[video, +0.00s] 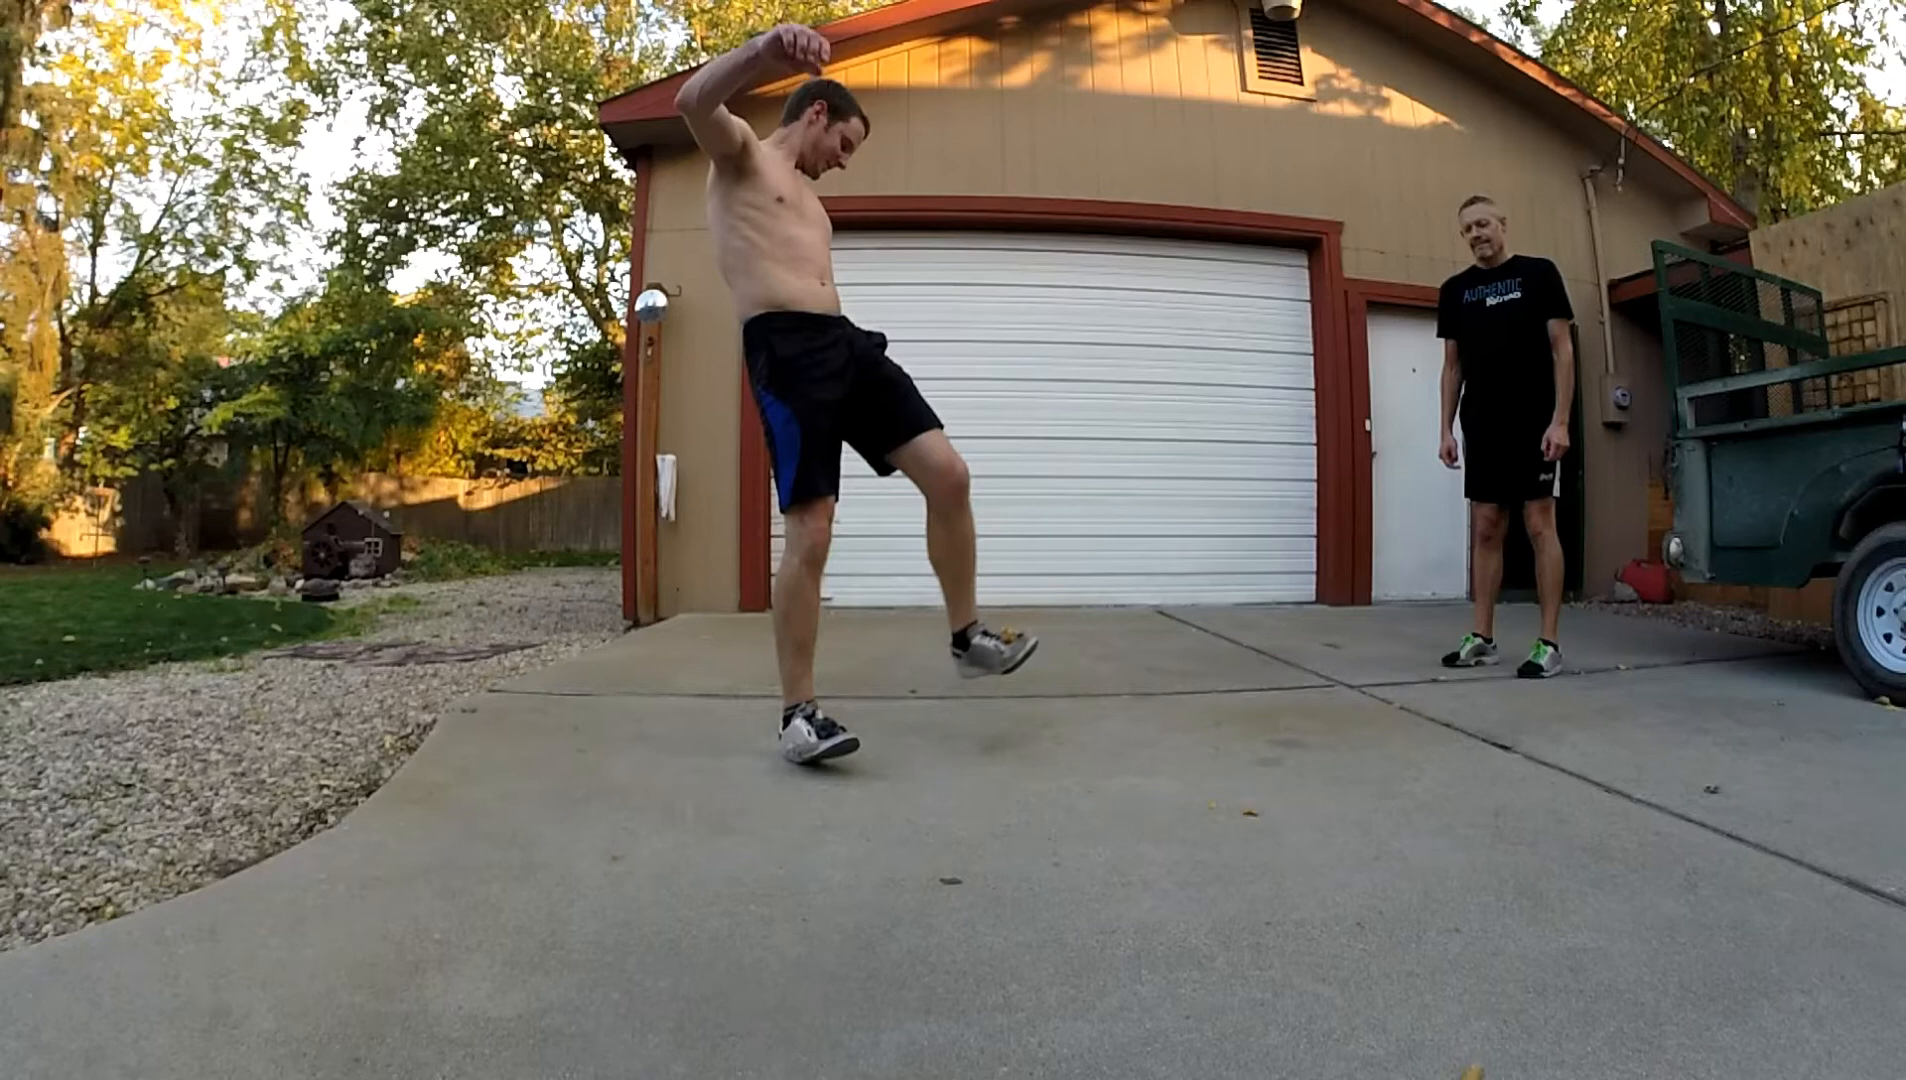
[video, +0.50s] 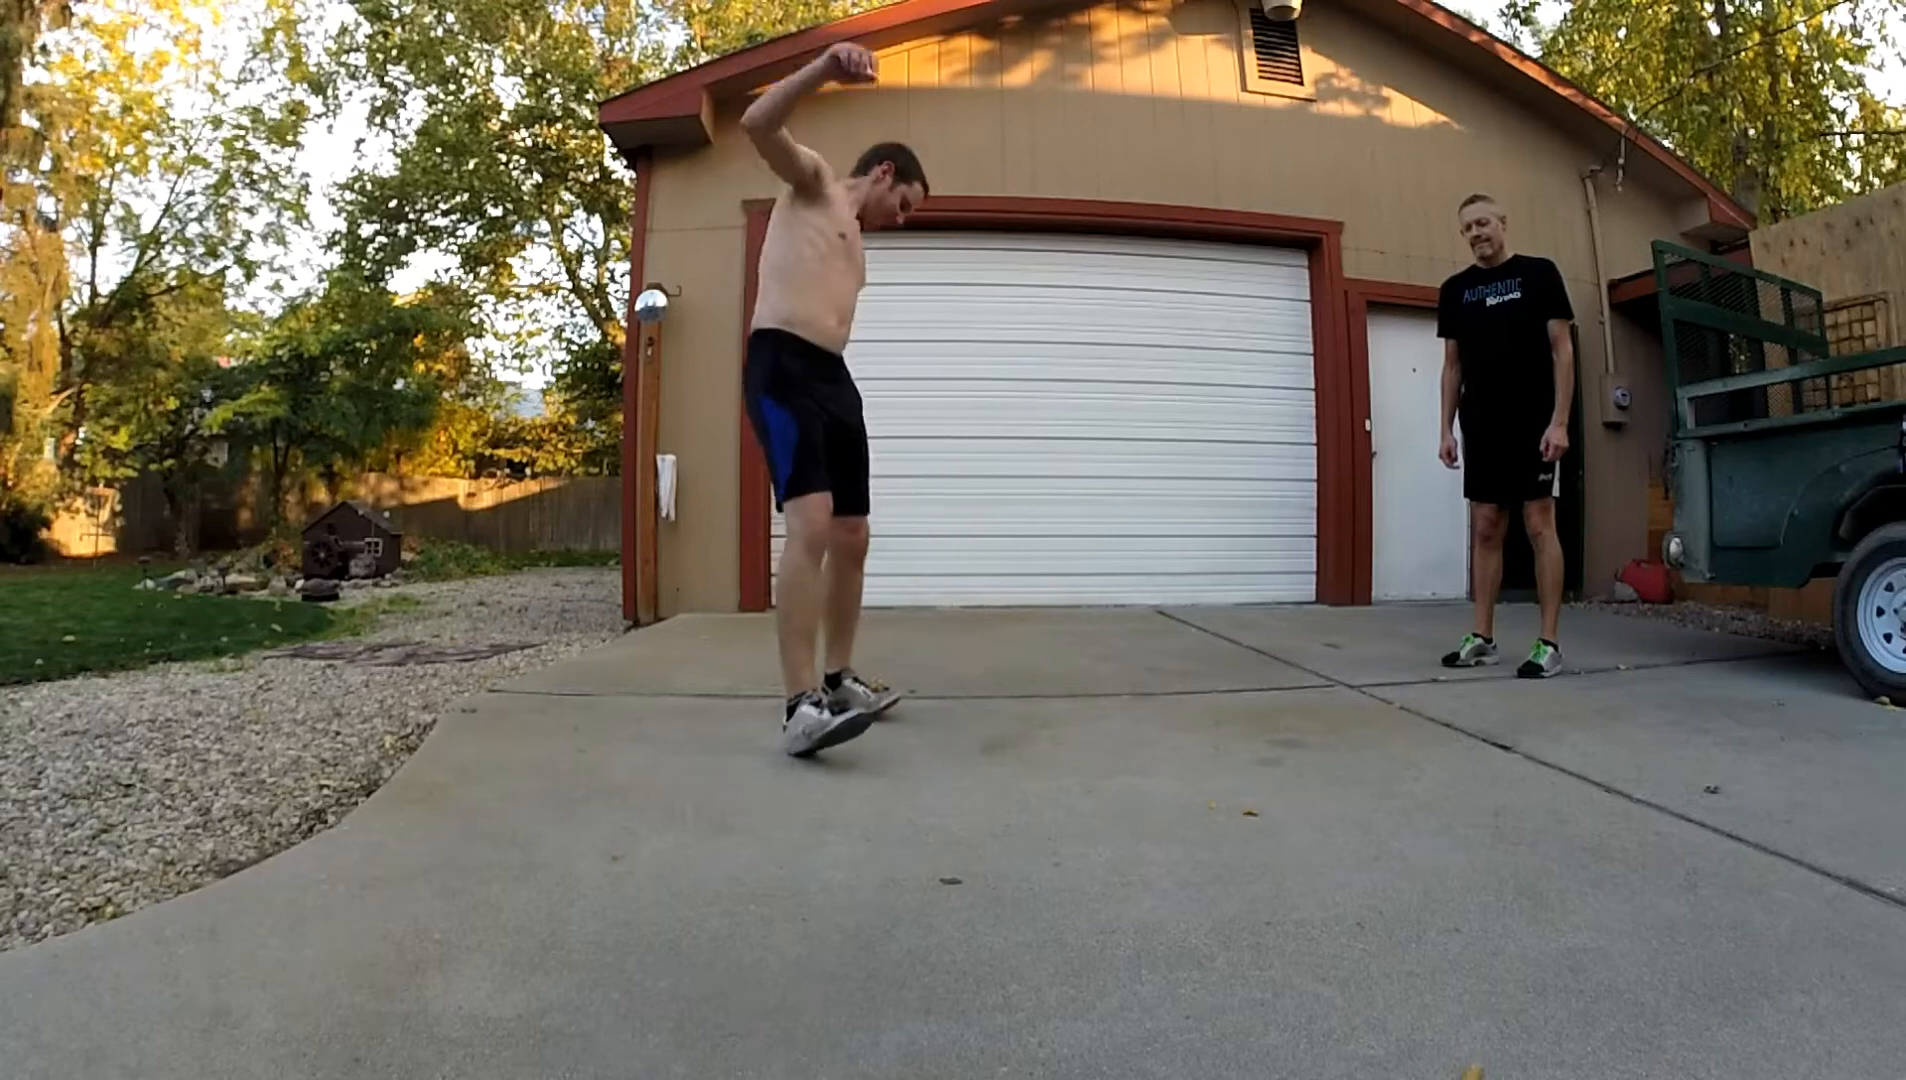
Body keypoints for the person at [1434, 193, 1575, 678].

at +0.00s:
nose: (1477, 233)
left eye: (1483, 224)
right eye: (1469, 229)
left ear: (1503, 225)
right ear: (1462, 238)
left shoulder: (1539, 273)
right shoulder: (1455, 291)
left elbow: (1563, 349)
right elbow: (1452, 364)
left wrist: (1560, 421)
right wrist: (1447, 429)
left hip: (1535, 420)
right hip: (1484, 423)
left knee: (1540, 527)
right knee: (1485, 528)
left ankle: (1549, 642)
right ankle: (1482, 636)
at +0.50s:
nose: (1477, 232)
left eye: (1483, 223)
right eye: (1469, 227)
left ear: (1503, 224)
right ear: (1462, 236)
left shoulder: (1539, 273)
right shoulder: (1455, 290)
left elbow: (1563, 350)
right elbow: (1452, 363)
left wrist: (1559, 422)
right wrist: (1447, 429)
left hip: (1535, 421)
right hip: (1483, 424)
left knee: (1539, 527)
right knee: (1485, 528)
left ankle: (1548, 642)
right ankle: (1482, 636)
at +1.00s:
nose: (1477, 232)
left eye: (1483, 223)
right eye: (1469, 227)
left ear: (1503, 224)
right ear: (1462, 236)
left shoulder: (1539, 273)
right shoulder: (1455, 290)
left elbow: (1562, 349)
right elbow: (1452, 363)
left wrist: (1559, 422)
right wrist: (1445, 428)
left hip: (1534, 420)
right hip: (1482, 423)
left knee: (1539, 527)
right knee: (1486, 528)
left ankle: (1549, 641)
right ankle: (1482, 636)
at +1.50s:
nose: (1476, 232)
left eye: (1482, 223)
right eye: (1468, 227)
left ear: (1502, 224)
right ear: (1461, 236)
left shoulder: (1539, 273)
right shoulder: (1454, 290)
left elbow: (1562, 350)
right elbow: (1452, 364)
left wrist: (1558, 422)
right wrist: (1446, 429)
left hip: (1534, 420)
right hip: (1482, 423)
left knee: (1539, 527)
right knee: (1485, 529)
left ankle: (1549, 642)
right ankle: (1482, 636)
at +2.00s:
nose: (1476, 232)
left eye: (1483, 223)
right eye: (1468, 227)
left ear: (1503, 225)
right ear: (1461, 236)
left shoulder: (1539, 273)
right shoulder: (1454, 290)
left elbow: (1562, 350)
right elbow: (1452, 364)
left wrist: (1558, 422)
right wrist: (1446, 428)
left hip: (1534, 420)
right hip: (1483, 423)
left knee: (1539, 527)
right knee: (1485, 529)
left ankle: (1549, 642)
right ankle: (1482, 636)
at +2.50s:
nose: (1477, 233)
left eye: (1483, 223)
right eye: (1469, 228)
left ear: (1503, 225)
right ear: (1462, 237)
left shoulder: (1539, 273)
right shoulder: (1455, 290)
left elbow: (1563, 351)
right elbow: (1452, 364)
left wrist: (1558, 422)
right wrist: (1445, 427)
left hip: (1534, 420)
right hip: (1482, 423)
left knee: (1539, 527)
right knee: (1485, 529)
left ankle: (1549, 642)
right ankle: (1482, 636)